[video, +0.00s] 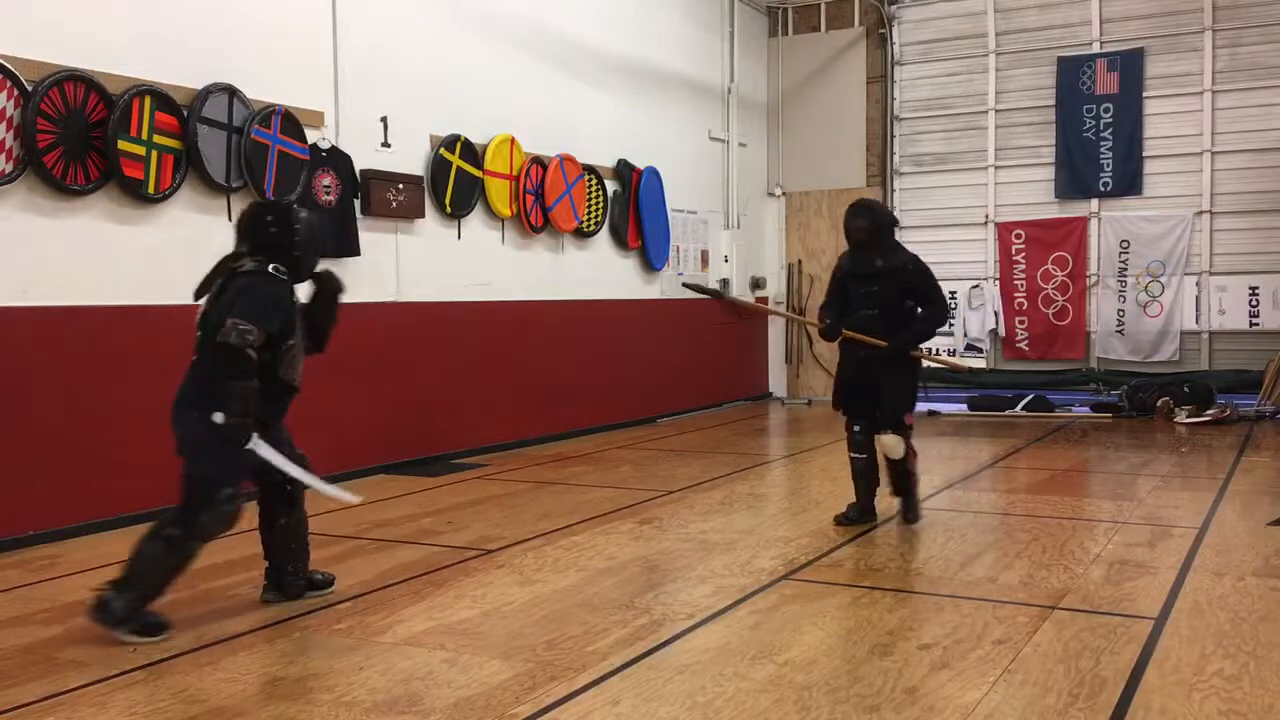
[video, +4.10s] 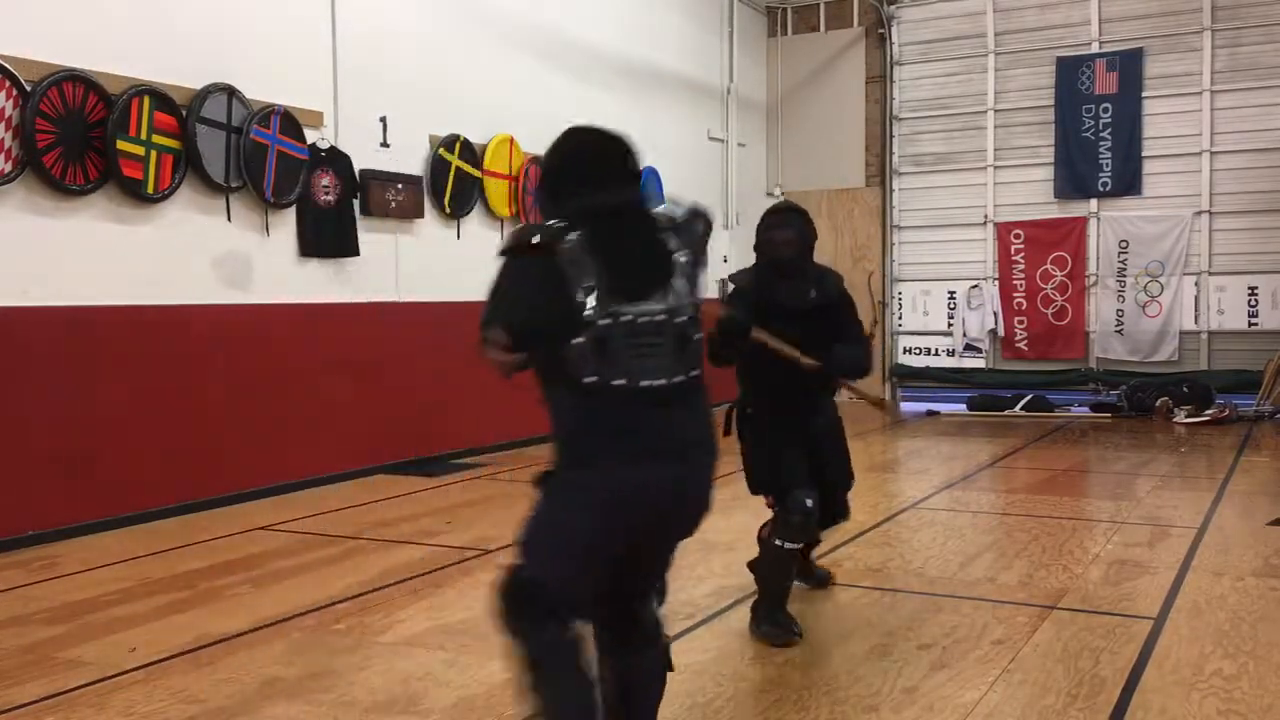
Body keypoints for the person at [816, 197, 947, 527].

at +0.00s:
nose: (854, 236)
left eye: (860, 229)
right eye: (850, 229)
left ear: (878, 228)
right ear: (847, 229)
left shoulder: (906, 264)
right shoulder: (847, 265)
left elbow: (938, 310)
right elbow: (831, 307)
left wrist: (908, 338)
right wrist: (829, 325)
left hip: (896, 362)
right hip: (856, 362)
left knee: (890, 437)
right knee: (857, 434)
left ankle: (907, 495)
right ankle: (864, 506)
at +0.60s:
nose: (825, 225)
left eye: (832, 217)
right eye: (824, 218)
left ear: (852, 220)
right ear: (823, 221)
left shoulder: (883, 264)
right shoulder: (818, 263)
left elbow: (920, 312)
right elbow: (793, 304)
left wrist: (925, 360)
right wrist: (767, 322)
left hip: (868, 364)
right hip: (823, 363)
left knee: (861, 444)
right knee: (809, 438)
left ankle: (861, 520)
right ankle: (831, 501)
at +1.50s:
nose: (809, 244)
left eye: (816, 237)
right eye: (803, 238)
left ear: (836, 237)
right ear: (796, 240)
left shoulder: (864, 278)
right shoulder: (793, 282)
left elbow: (915, 314)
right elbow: (769, 329)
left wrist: (936, 363)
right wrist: (743, 365)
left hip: (852, 389)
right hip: (801, 390)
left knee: (856, 470)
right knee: (786, 462)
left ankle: (857, 534)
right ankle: (780, 539)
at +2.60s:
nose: (773, 244)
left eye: (782, 236)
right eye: (765, 236)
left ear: (800, 239)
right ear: (754, 242)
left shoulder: (822, 286)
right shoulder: (745, 288)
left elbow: (861, 334)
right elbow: (728, 335)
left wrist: (885, 384)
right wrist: (716, 373)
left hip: (811, 404)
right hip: (756, 403)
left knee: (822, 496)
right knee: (745, 484)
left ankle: (806, 554)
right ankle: (740, 572)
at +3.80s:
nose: (765, 236)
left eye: (774, 226)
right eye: (755, 227)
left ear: (795, 226)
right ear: (744, 229)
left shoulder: (820, 270)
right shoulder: (735, 273)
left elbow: (867, 318)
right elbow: (723, 326)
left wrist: (864, 383)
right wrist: (731, 354)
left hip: (807, 397)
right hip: (754, 397)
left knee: (805, 495)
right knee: (771, 493)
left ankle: (787, 565)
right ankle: (762, 600)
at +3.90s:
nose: (767, 248)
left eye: (776, 239)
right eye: (758, 240)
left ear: (795, 240)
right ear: (746, 245)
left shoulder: (821, 283)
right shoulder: (741, 286)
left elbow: (846, 342)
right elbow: (730, 339)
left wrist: (805, 360)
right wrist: (757, 354)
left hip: (807, 403)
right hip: (758, 405)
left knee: (807, 491)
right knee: (787, 503)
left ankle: (784, 553)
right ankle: (767, 606)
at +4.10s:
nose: (780, 247)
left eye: (790, 237)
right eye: (771, 237)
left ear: (809, 242)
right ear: (758, 243)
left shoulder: (827, 287)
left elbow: (861, 357)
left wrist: (831, 358)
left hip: (816, 409)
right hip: (765, 413)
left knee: (833, 502)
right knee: (798, 508)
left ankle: (796, 552)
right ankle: (768, 606)